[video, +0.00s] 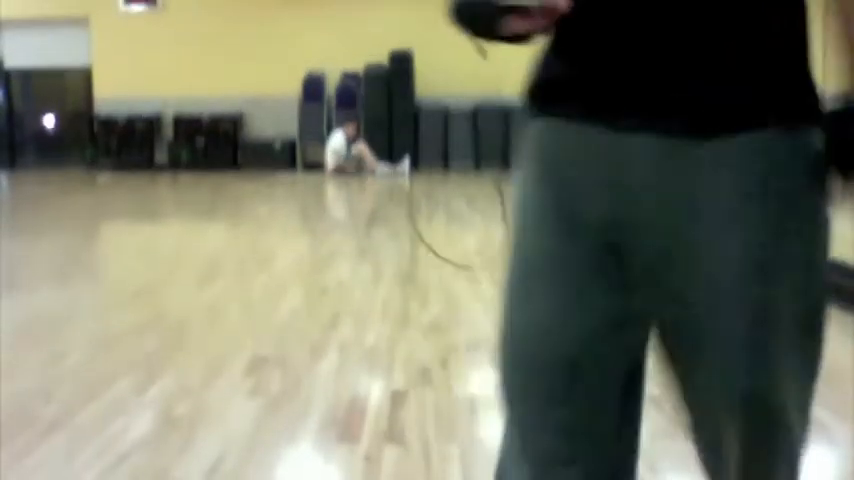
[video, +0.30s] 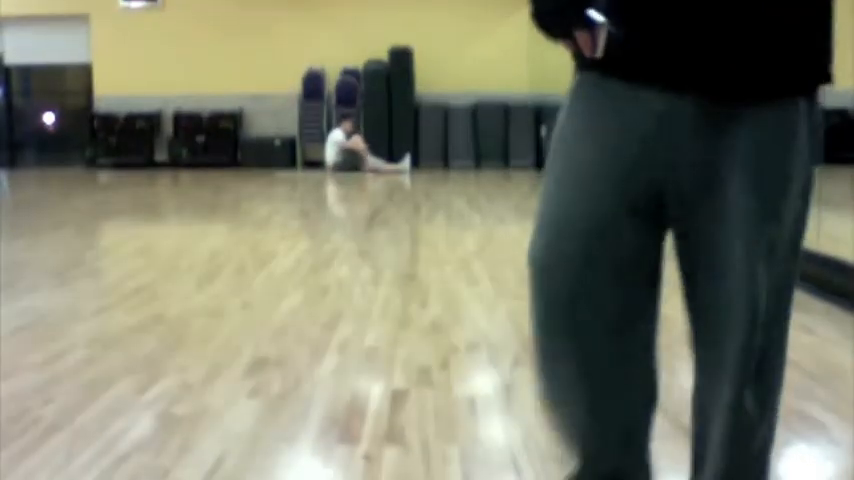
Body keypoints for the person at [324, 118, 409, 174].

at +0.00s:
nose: (356, 131)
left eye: (357, 128)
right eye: (354, 128)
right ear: (348, 126)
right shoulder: (338, 140)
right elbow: (333, 167)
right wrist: (351, 170)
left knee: (361, 146)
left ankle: (376, 168)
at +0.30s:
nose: (352, 127)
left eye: (352, 125)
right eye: (350, 124)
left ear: (348, 125)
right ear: (344, 123)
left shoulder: (341, 134)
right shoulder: (337, 134)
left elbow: (343, 146)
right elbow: (343, 145)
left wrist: (360, 147)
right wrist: (356, 146)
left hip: (340, 163)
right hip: (335, 165)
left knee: (369, 163)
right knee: (356, 139)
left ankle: (398, 168)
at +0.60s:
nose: (351, 128)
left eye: (351, 126)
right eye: (349, 126)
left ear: (350, 127)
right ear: (341, 126)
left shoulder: (344, 138)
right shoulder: (335, 138)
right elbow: (349, 151)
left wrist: (356, 146)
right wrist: (356, 142)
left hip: (346, 168)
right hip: (337, 170)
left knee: (372, 167)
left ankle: (399, 170)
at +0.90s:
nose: (350, 129)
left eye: (351, 127)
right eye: (348, 126)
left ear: (351, 128)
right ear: (341, 126)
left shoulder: (345, 138)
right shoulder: (336, 137)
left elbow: (350, 149)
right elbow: (340, 152)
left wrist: (356, 158)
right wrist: (352, 160)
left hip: (343, 163)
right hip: (335, 164)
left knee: (370, 165)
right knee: (360, 143)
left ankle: (400, 169)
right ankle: (352, 165)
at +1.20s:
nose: (350, 130)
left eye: (350, 127)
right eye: (347, 126)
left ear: (349, 128)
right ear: (341, 127)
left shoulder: (344, 139)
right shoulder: (337, 138)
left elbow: (347, 152)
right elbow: (339, 154)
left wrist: (353, 158)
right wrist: (349, 159)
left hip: (343, 164)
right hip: (336, 165)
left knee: (371, 166)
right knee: (362, 148)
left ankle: (400, 170)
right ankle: (346, 165)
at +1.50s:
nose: (349, 128)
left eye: (350, 125)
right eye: (347, 125)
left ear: (348, 127)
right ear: (341, 125)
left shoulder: (343, 138)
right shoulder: (336, 138)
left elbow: (344, 155)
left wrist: (354, 159)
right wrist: (352, 162)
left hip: (343, 166)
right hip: (336, 169)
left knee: (371, 165)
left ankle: (399, 169)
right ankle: (400, 170)